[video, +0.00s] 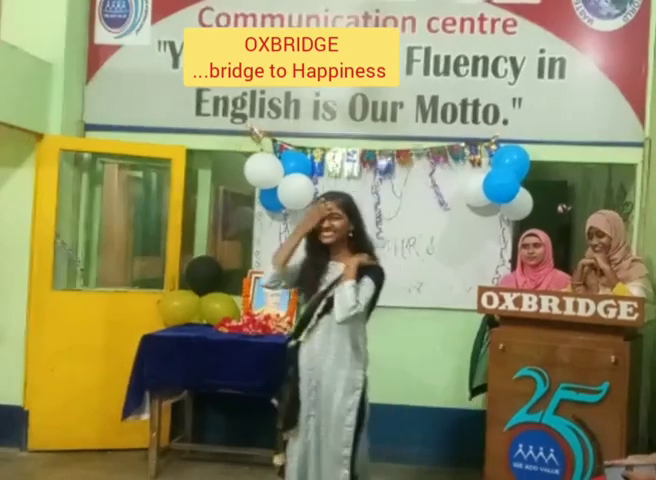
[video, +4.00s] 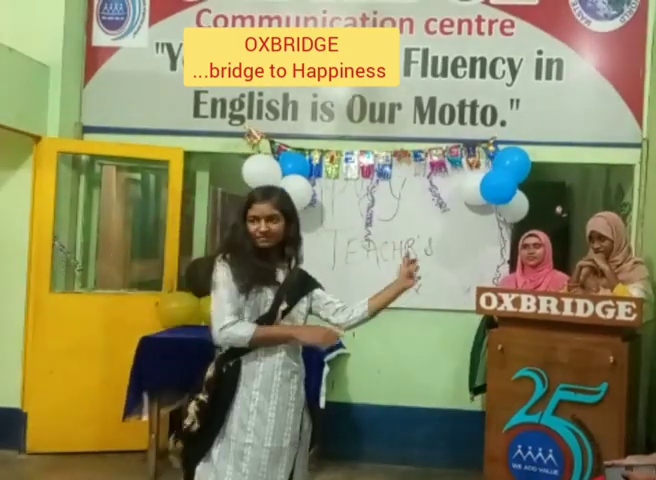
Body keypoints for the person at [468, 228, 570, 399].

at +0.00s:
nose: (530, 251)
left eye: (536, 246)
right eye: (525, 247)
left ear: (547, 250)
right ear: (519, 251)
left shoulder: (562, 280)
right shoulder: (508, 280)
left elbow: (567, 316)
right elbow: (497, 316)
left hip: (550, 346)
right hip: (513, 345)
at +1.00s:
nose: (529, 251)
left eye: (535, 246)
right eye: (524, 247)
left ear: (546, 250)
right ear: (518, 252)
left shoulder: (561, 282)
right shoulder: (506, 282)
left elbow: (566, 317)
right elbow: (493, 316)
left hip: (548, 346)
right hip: (511, 346)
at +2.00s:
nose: (529, 251)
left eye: (535, 246)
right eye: (524, 247)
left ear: (545, 250)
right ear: (518, 252)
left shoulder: (561, 282)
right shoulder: (506, 282)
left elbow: (566, 319)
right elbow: (494, 320)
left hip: (548, 351)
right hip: (511, 350)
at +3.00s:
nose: (531, 250)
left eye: (536, 246)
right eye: (526, 246)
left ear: (546, 250)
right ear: (519, 252)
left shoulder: (561, 281)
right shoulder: (507, 282)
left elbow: (565, 323)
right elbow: (491, 324)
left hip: (548, 353)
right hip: (511, 352)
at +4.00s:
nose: (531, 251)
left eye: (537, 246)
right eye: (525, 247)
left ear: (547, 251)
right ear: (519, 252)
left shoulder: (561, 281)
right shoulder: (507, 281)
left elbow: (567, 318)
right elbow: (495, 317)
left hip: (549, 349)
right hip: (512, 347)